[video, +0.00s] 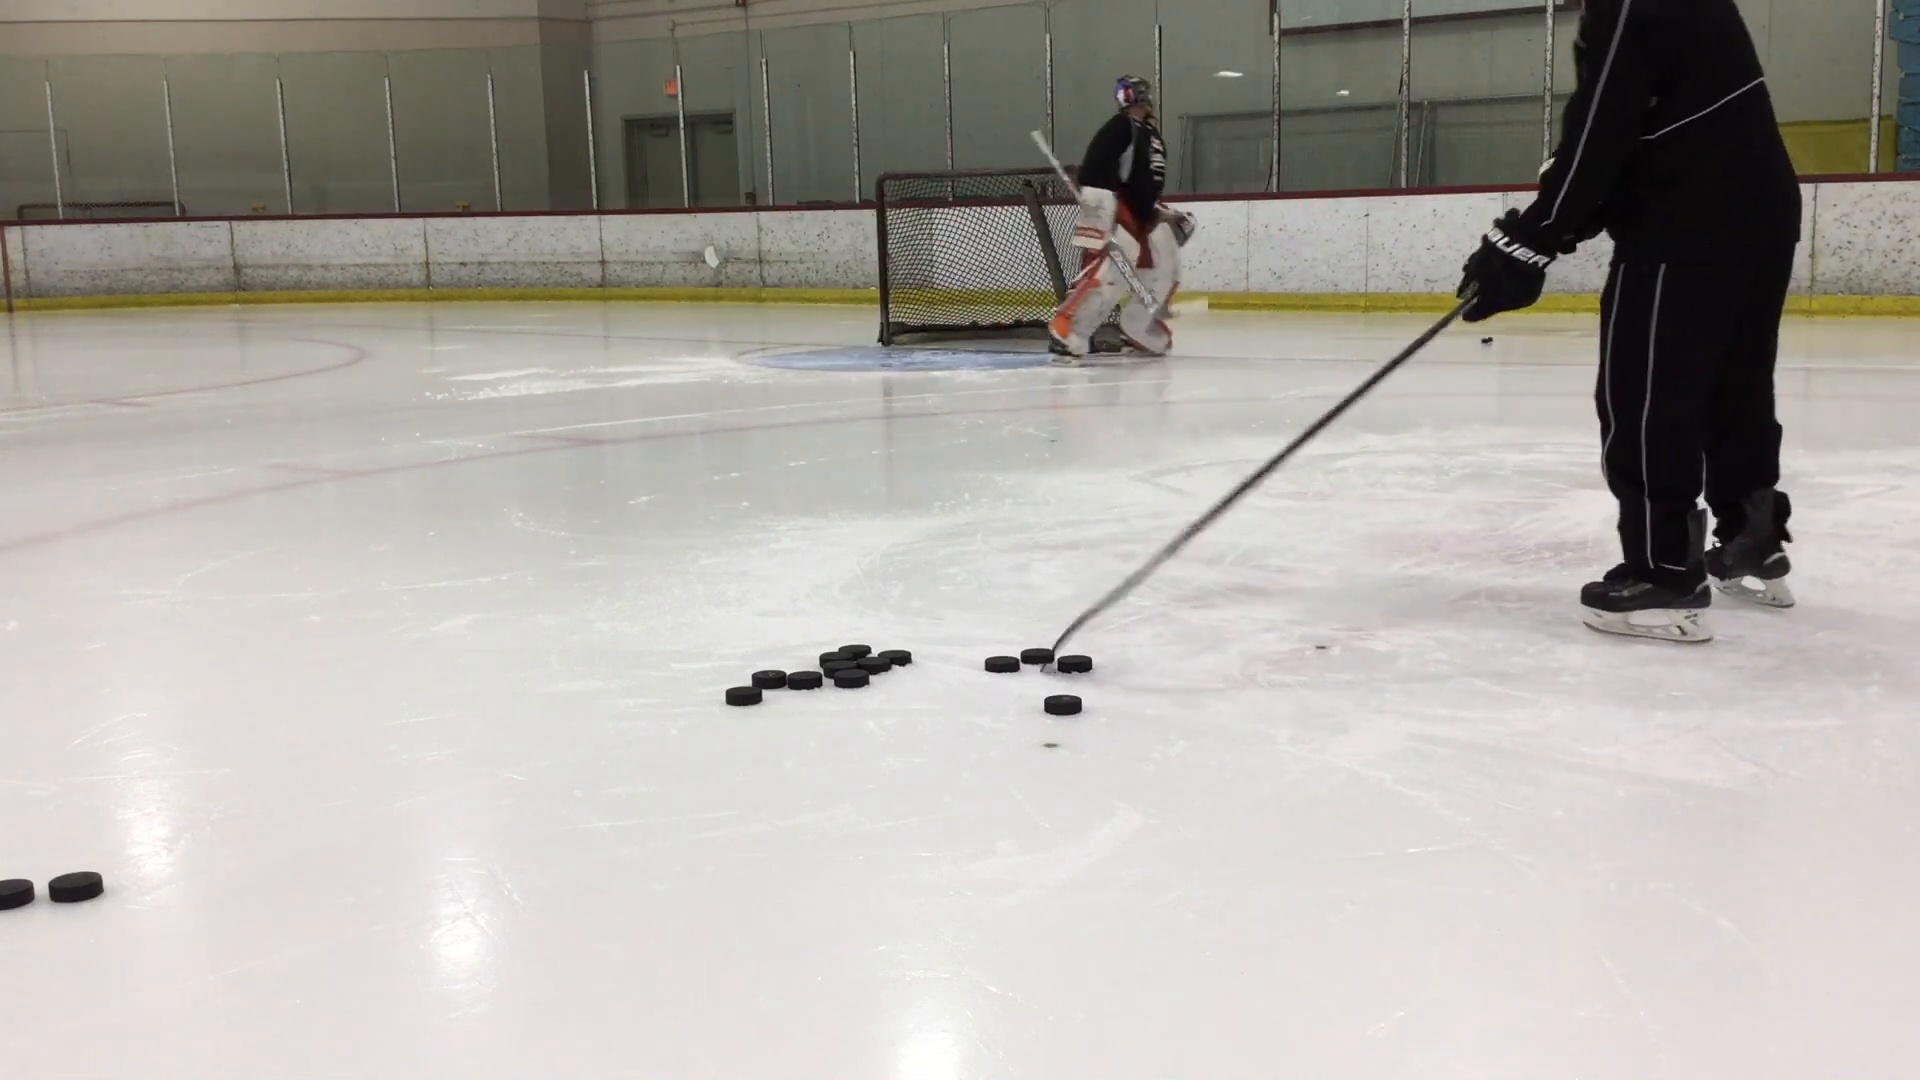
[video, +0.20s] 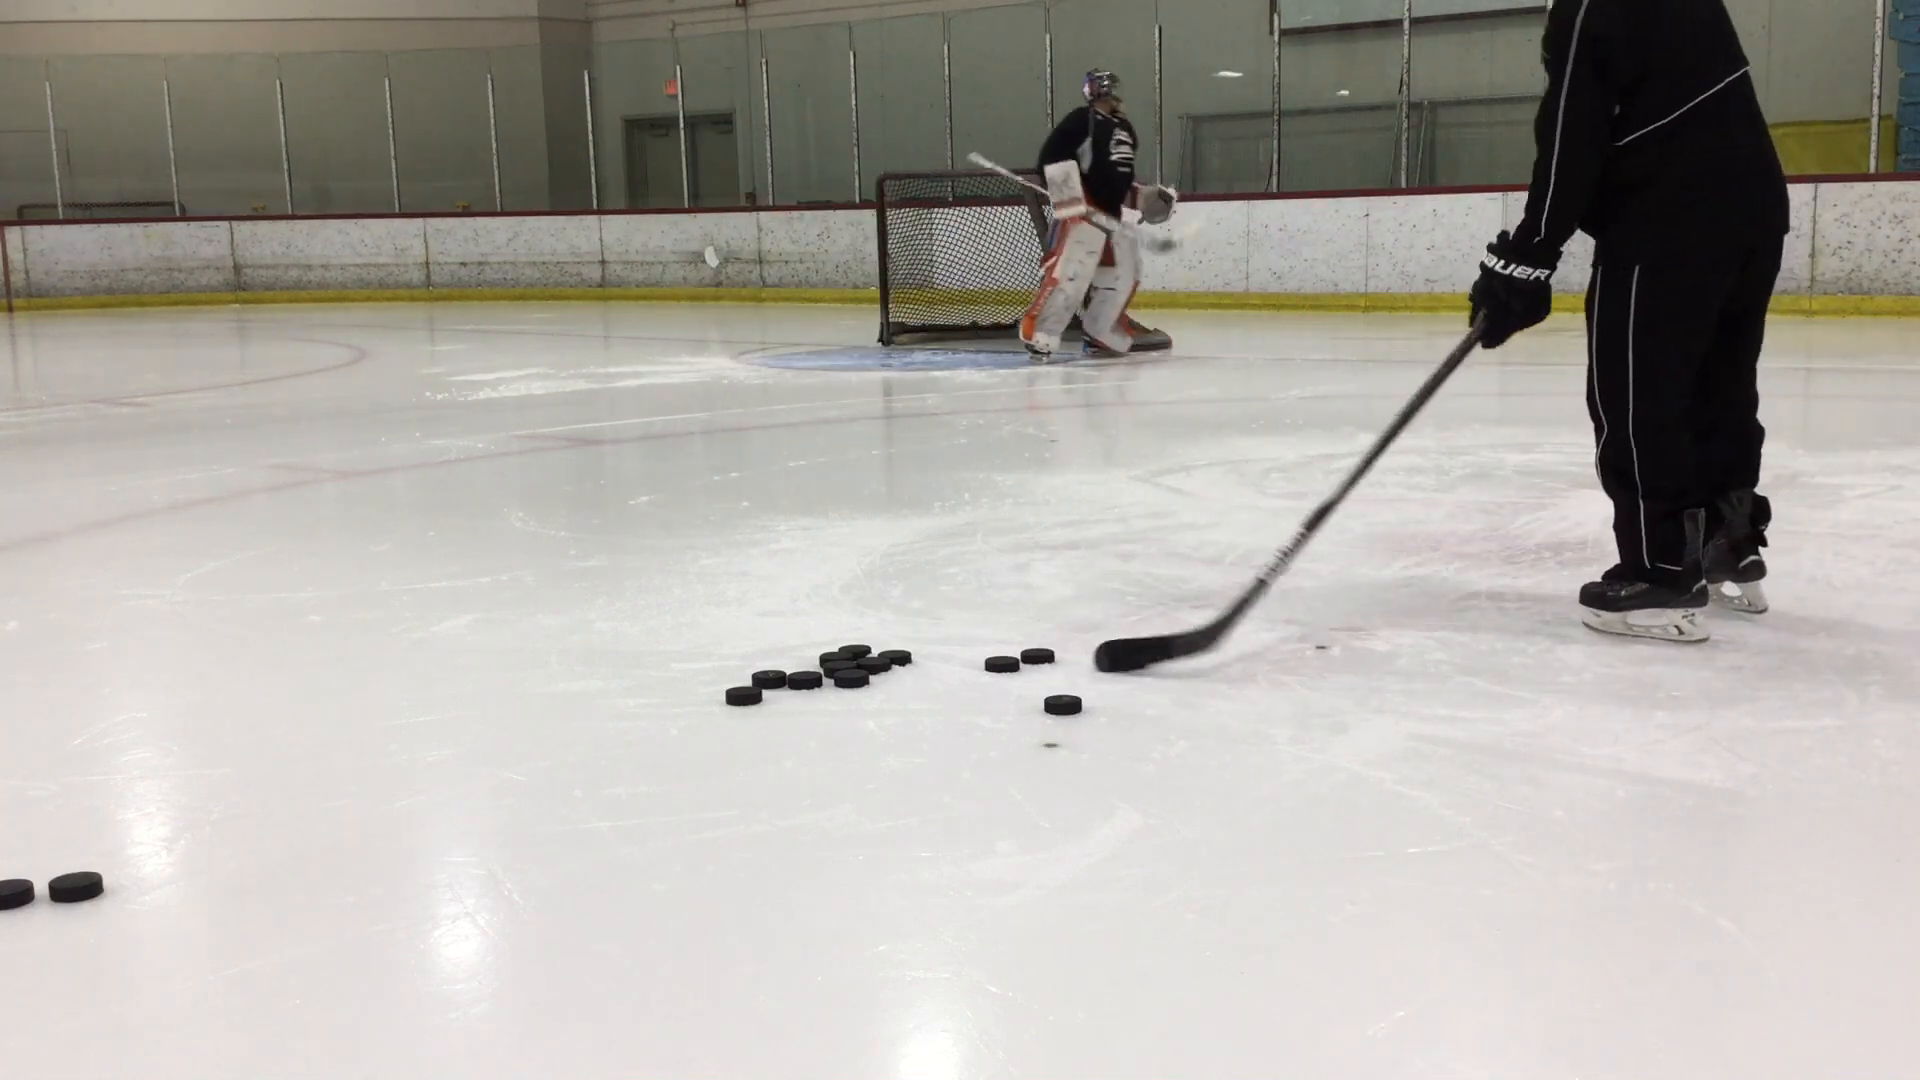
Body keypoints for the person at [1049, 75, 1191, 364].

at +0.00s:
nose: (1146, 100)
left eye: (1146, 94)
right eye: (1140, 95)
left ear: (1140, 97)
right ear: (1130, 98)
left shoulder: (1152, 133)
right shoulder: (1119, 128)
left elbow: (1145, 182)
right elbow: (1095, 173)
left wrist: (1162, 210)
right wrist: (1099, 217)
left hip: (1145, 216)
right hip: (1115, 215)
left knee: (1163, 272)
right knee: (1110, 275)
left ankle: (1141, 332)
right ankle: (1066, 334)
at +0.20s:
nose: (1107, 92)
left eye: (1109, 87)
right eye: (1100, 87)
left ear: (1113, 90)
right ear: (1090, 92)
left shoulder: (1125, 127)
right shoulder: (1082, 119)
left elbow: (1117, 178)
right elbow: (1054, 157)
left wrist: (1144, 197)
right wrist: (1069, 200)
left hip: (1115, 216)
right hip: (1085, 212)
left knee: (1123, 275)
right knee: (1070, 276)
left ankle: (1101, 335)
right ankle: (1042, 336)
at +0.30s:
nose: (1098, 94)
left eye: (1100, 89)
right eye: (1092, 89)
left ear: (1103, 91)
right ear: (1079, 91)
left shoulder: (1110, 125)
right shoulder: (1064, 118)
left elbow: (1106, 169)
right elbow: (1038, 156)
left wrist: (1135, 181)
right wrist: (1059, 186)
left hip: (1098, 213)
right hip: (1066, 211)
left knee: (1108, 275)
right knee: (1056, 274)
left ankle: (1088, 332)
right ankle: (1030, 333)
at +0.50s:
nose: (1071, 97)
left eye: (1073, 92)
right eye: (1065, 92)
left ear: (1075, 94)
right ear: (1049, 95)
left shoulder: (1084, 126)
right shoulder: (1029, 122)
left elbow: (1101, 160)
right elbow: (1014, 166)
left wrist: (1098, 168)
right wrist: (1054, 189)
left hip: (1074, 217)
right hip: (1035, 214)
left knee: (1083, 275)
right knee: (1020, 275)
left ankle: (1062, 333)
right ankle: (997, 337)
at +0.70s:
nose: (1045, 95)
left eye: (1048, 90)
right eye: (1038, 90)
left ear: (1052, 91)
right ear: (1023, 93)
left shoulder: (1064, 122)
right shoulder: (1006, 123)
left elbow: (1096, 151)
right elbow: (987, 165)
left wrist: (1090, 176)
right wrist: (1024, 189)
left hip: (1058, 217)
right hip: (1016, 217)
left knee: (1067, 275)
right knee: (1005, 276)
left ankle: (1048, 332)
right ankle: (989, 339)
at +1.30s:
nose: (1033, 108)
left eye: (1037, 102)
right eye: (1027, 102)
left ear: (1041, 103)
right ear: (1013, 102)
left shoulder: (1048, 128)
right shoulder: (989, 125)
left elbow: (1057, 169)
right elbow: (966, 167)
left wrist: (1068, 202)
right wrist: (990, 205)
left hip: (1039, 216)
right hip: (998, 215)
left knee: (1049, 276)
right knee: (993, 278)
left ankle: (1053, 338)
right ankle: (983, 341)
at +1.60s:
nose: (1052, 115)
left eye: (1055, 110)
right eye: (1047, 109)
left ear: (1059, 111)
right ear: (1033, 105)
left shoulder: (1057, 136)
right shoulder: (1007, 124)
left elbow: (1054, 176)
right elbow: (981, 166)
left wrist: (1067, 203)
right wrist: (1002, 201)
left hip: (1042, 217)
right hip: (1006, 217)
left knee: (1055, 275)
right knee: (1003, 276)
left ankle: (1062, 335)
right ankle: (990, 338)